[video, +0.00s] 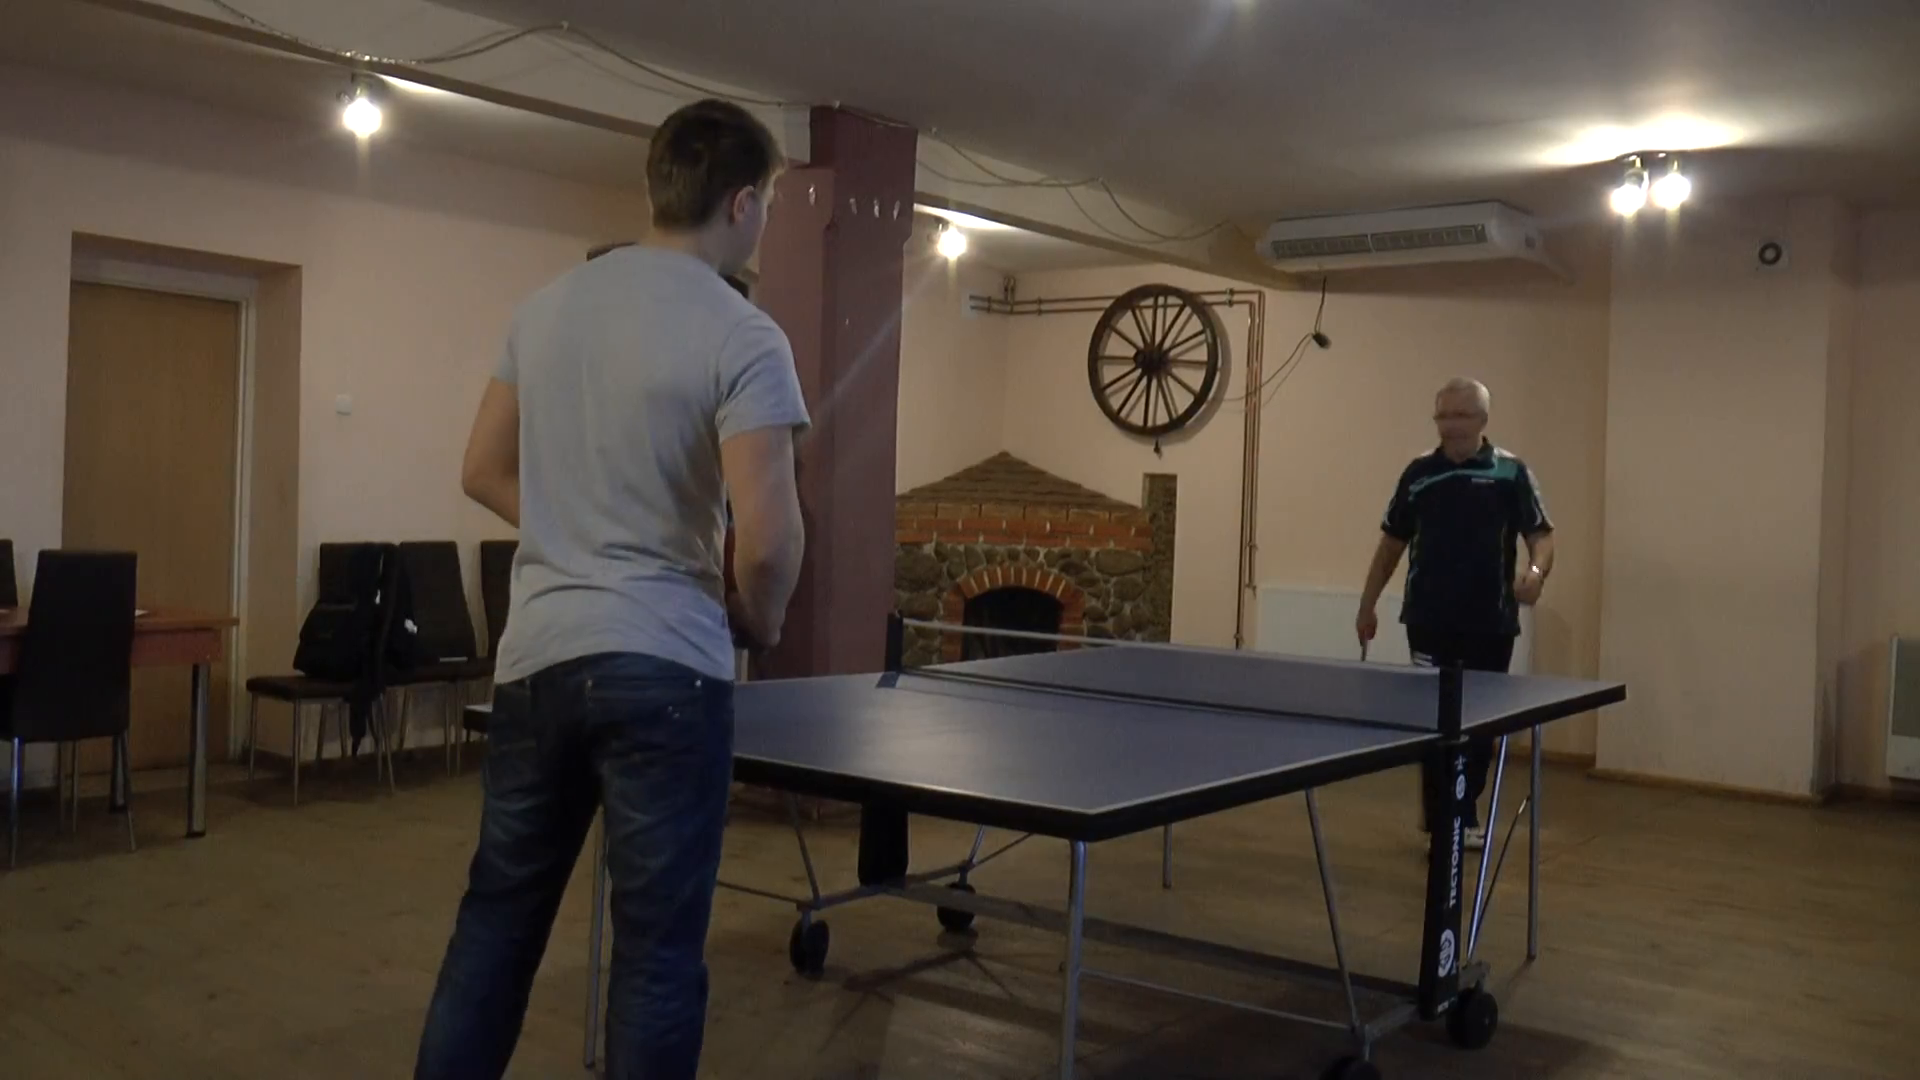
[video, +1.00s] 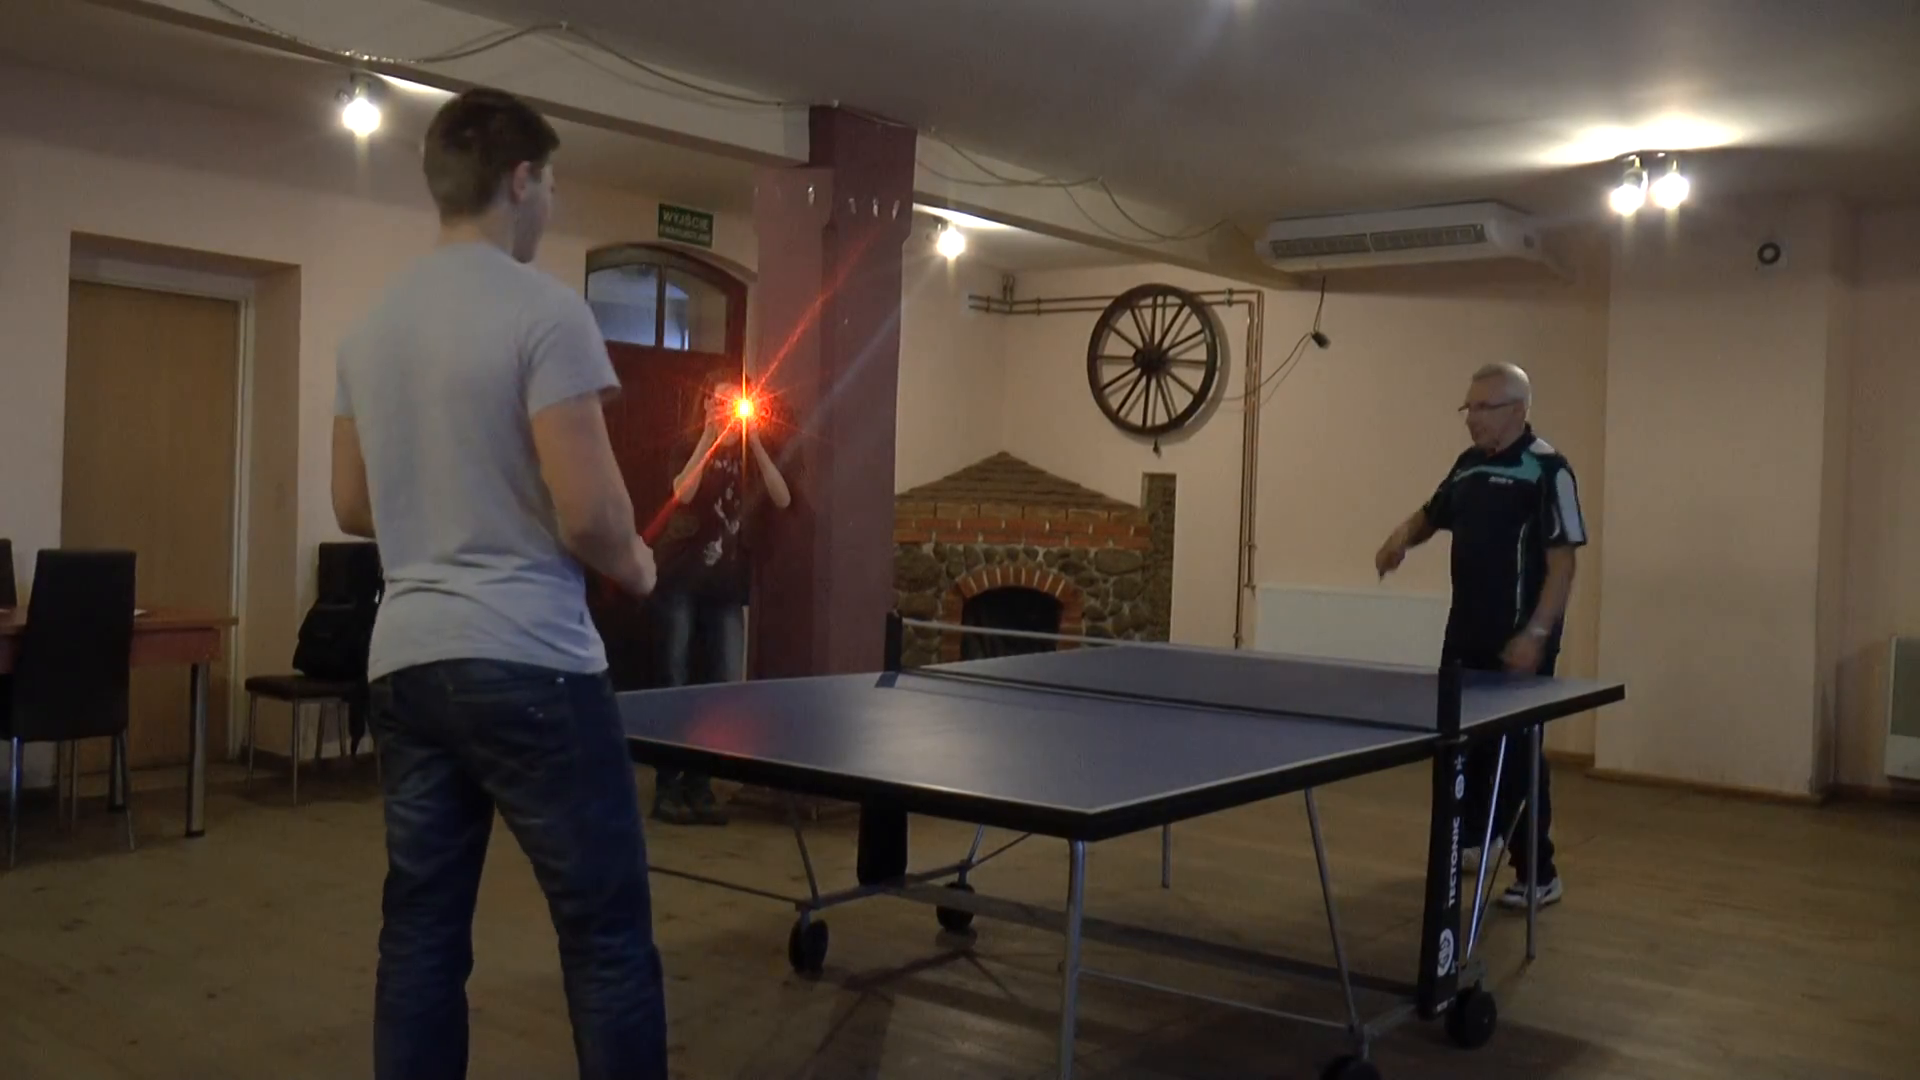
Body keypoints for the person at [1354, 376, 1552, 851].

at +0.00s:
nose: (1450, 425)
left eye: (1461, 417)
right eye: (1443, 417)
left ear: (1484, 421)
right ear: (1435, 419)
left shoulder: (1510, 473)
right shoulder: (1418, 475)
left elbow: (1540, 534)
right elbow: (1391, 543)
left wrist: (1537, 571)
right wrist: (1367, 604)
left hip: (1489, 624)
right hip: (1430, 621)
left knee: (1482, 729)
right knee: (1433, 726)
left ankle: (1465, 816)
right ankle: (1436, 825)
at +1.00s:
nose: (1470, 416)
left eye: (1482, 408)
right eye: (1468, 407)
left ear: (1517, 411)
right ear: (1471, 410)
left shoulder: (1549, 471)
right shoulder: (1468, 465)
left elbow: (1563, 564)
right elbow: (1432, 516)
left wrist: (1535, 633)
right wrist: (1398, 540)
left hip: (1520, 640)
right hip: (1465, 632)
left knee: (1517, 754)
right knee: (1461, 746)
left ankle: (1537, 871)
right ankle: (1469, 843)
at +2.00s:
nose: (1430, 413)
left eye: (1441, 405)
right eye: (1426, 403)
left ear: (1471, 409)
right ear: (1422, 407)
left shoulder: (1497, 454)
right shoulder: (1417, 462)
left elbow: (1492, 478)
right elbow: (1393, 537)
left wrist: (1469, 421)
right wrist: (1364, 597)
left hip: (1487, 630)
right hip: (1428, 629)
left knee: (1497, 750)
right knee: (1431, 744)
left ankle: (1525, 865)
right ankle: (1435, 844)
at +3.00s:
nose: (1466, 417)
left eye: (1479, 407)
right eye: (1459, 406)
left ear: (1508, 410)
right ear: (1453, 407)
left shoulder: (1538, 467)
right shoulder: (1444, 466)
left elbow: (1562, 548)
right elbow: (1423, 538)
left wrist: (1506, 548)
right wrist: (1407, 577)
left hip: (1511, 642)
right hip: (1443, 634)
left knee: (1505, 755)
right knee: (1425, 741)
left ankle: (1500, 866)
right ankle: (1424, 845)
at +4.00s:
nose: (1327, 478)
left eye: (1334, 467)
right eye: (1323, 469)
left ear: (1366, 455)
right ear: (1331, 465)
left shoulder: (1410, 487)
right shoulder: (1350, 502)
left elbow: (1434, 573)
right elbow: (1348, 573)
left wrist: (1378, 630)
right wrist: (1321, 605)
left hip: (1472, 615)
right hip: (1417, 614)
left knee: (1475, 737)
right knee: (1401, 727)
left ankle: (1500, 859)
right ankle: (1390, 842)